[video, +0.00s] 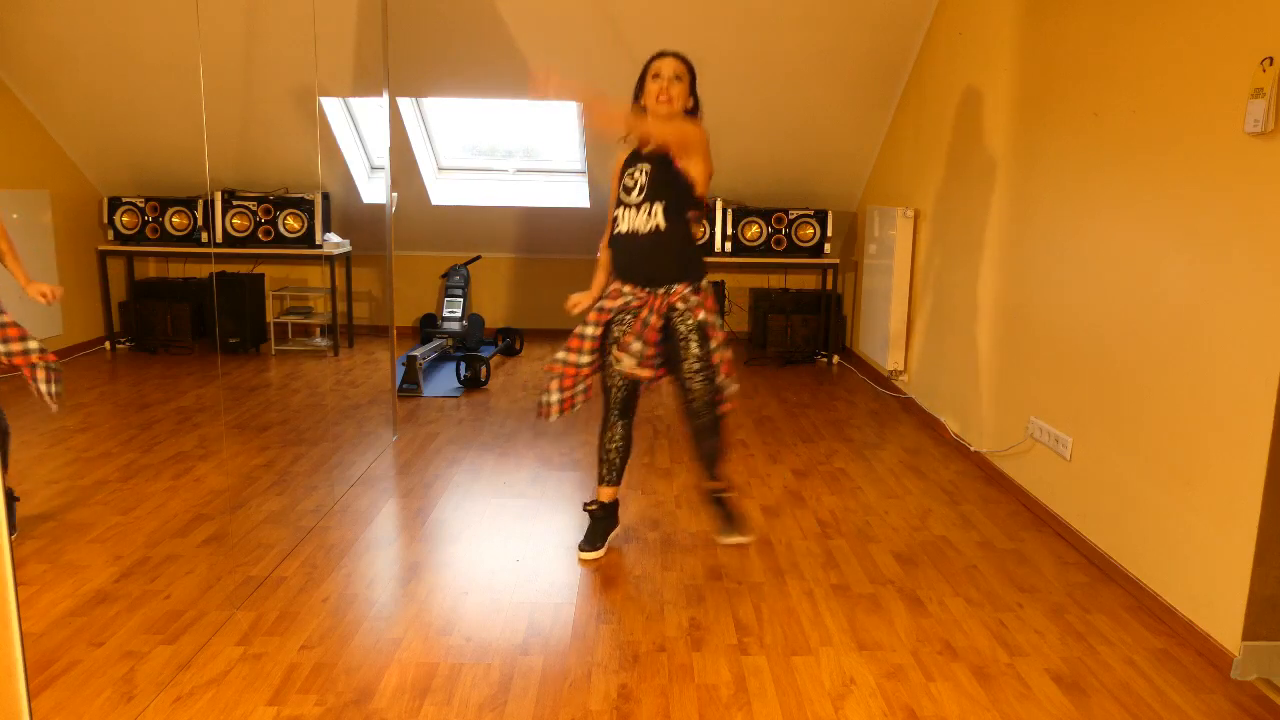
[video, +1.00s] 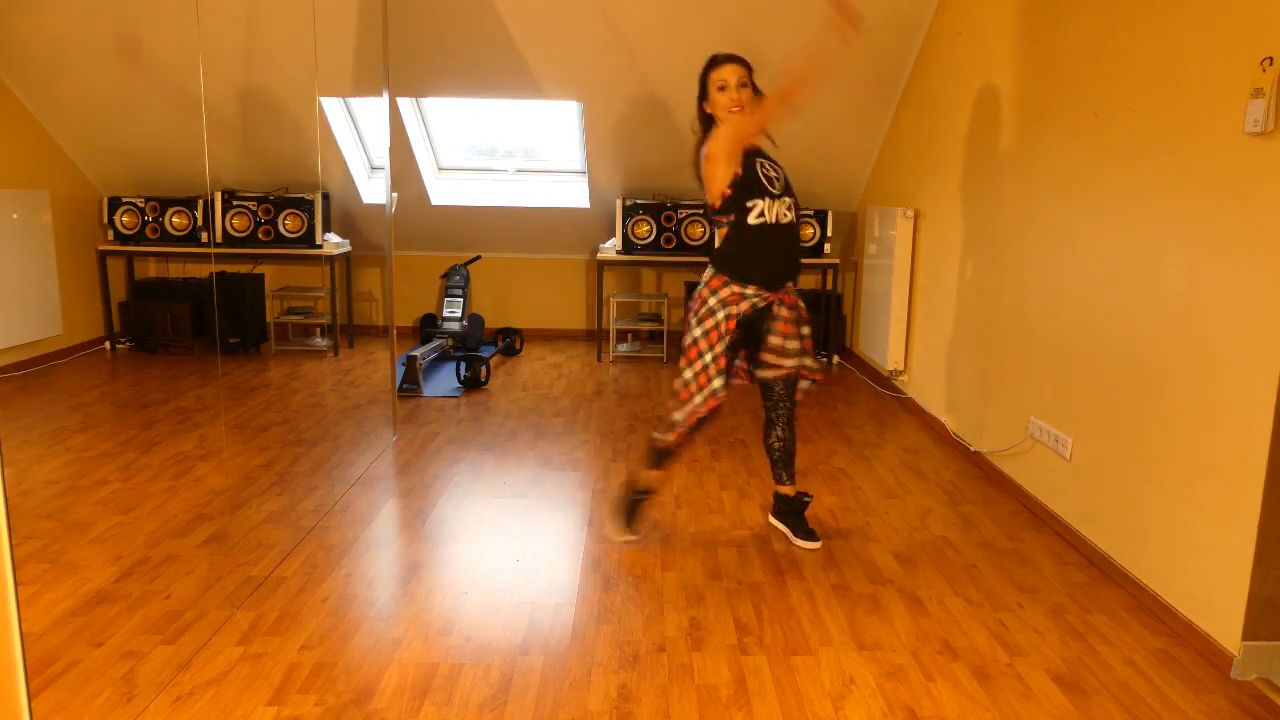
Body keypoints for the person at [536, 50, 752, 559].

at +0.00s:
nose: (664, 86)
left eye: (675, 80)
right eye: (655, 78)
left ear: (691, 94)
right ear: (640, 91)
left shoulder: (693, 139)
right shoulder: (628, 152)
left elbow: (642, 124)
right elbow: (614, 225)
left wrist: (573, 95)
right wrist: (596, 288)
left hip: (681, 293)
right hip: (628, 292)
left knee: (700, 396)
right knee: (617, 401)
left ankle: (718, 492)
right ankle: (604, 506)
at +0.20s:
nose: (682, 108)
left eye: (692, 99)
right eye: (672, 97)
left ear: (704, 109)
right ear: (658, 107)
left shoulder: (713, 157)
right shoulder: (656, 174)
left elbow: (698, 69)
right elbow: (643, 245)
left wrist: (673, 8)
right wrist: (625, 299)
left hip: (712, 307)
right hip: (658, 310)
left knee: (749, 412)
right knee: (640, 414)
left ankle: (786, 499)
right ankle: (615, 513)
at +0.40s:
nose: (714, 131)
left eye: (724, 123)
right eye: (704, 123)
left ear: (738, 133)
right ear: (690, 134)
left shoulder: (756, 171)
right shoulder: (683, 203)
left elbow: (793, 95)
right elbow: (674, 268)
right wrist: (656, 320)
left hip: (782, 319)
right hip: (719, 323)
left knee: (793, 424)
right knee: (669, 417)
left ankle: (790, 505)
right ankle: (623, 507)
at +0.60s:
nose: (735, 141)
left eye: (744, 132)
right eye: (724, 133)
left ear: (757, 142)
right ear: (710, 146)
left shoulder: (772, 181)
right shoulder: (703, 213)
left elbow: (826, 177)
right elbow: (692, 281)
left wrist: (872, 164)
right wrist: (677, 342)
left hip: (804, 325)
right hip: (753, 333)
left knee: (816, 429)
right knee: (780, 435)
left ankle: (792, 505)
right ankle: (731, 457)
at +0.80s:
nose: (744, 129)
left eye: (751, 119)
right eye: (732, 122)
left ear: (765, 128)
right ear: (719, 137)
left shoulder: (770, 186)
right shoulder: (728, 190)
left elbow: (791, 253)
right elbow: (766, 255)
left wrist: (816, 299)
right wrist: (805, 307)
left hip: (789, 313)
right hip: (748, 319)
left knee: (808, 405)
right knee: (769, 411)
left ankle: (792, 498)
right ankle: (754, 486)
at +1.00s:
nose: (737, 94)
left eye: (745, 86)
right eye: (723, 89)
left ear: (756, 95)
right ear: (707, 104)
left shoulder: (760, 145)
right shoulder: (717, 148)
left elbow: (794, 94)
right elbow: (757, 119)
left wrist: (837, 36)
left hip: (778, 294)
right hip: (729, 292)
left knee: (781, 402)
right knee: (700, 399)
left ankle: (786, 500)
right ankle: (641, 486)